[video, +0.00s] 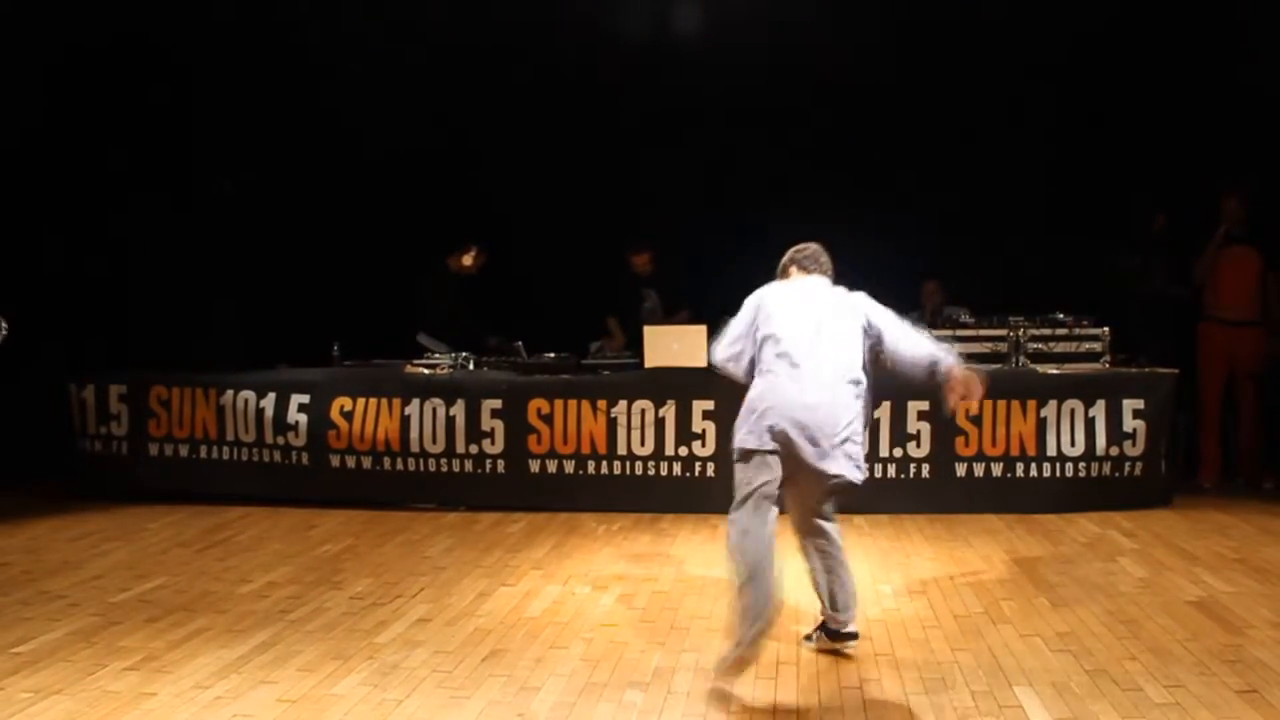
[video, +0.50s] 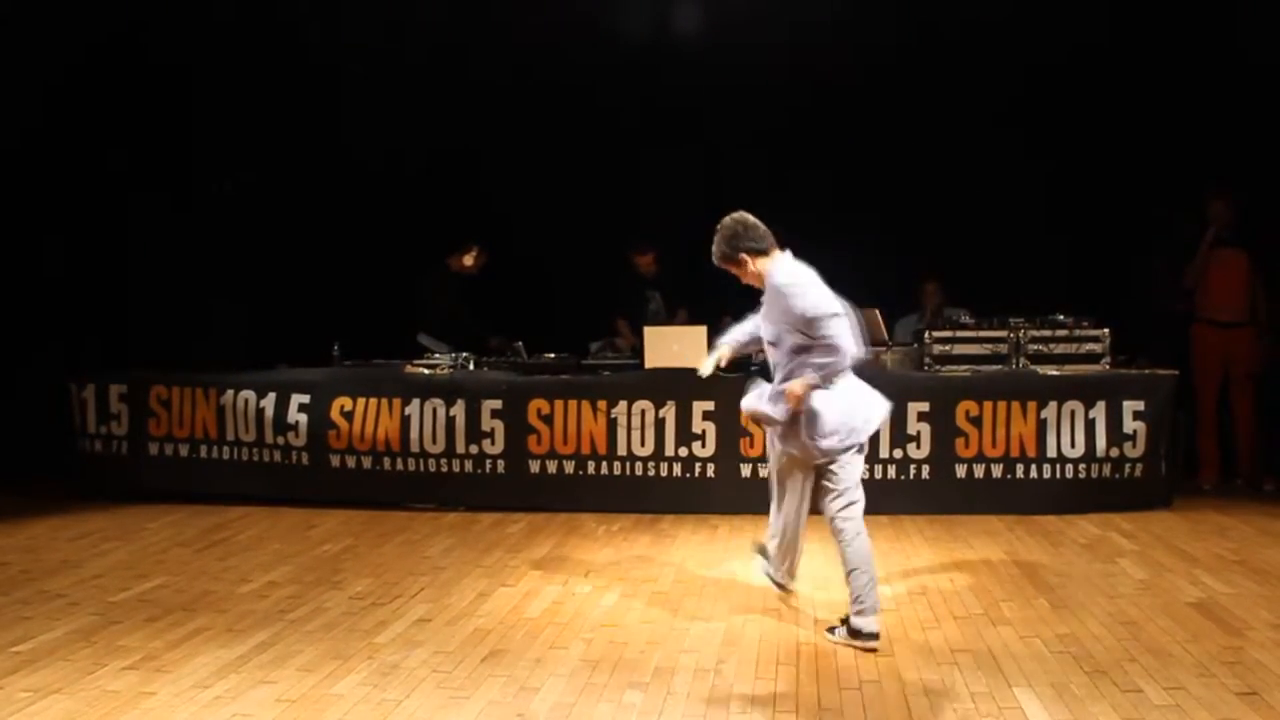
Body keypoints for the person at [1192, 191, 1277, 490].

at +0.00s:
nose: (1233, 223)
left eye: (1237, 218)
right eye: (1229, 218)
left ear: (1245, 221)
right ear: (1222, 222)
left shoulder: (1255, 253)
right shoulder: (1214, 253)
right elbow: (1200, 278)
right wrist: (1216, 240)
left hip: (1249, 332)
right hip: (1216, 331)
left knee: (1249, 402)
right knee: (1211, 402)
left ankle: (1250, 471)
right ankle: (1209, 471)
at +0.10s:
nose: (1227, 223)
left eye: (1231, 217)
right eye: (1224, 217)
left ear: (1240, 220)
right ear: (1217, 221)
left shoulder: (1250, 253)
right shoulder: (1210, 253)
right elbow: (1194, 279)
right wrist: (1213, 239)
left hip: (1246, 332)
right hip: (1212, 332)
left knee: (1246, 402)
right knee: (1209, 403)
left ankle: (1249, 471)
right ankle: (1209, 471)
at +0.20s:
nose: (1223, 221)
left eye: (1227, 216)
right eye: (1219, 216)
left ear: (1236, 219)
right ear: (1213, 220)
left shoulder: (1247, 251)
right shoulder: (1207, 252)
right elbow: (1192, 281)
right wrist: (1208, 241)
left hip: (1244, 330)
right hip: (1210, 331)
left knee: (1244, 402)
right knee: (1208, 403)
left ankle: (1247, 471)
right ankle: (1209, 471)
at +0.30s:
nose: (1221, 222)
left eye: (1226, 215)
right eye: (1217, 216)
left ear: (1234, 218)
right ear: (1210, 220)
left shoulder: (1246, 251)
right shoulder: (1205, 252)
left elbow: (1258, 292)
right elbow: (1191, 282)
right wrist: (1207, 240)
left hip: (1242, 330)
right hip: (1209, 330)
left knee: (1244, 402)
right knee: (1207, 403)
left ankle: (1246, 472)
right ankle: (1208, 472)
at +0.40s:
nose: (1220, 221)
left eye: (1225, 215)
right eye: (1216, 215)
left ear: (1233, 217)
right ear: (1209, 219)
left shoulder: (1245, 251)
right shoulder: (1205, 252)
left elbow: (1257, 293)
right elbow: (1191, 282)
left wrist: (1260, 328)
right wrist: (1206, 241)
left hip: (1242, 331)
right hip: (1208, 331)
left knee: (1243, 403)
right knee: (1207, 403)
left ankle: (1246, 472)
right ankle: (1208, 472)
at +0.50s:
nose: (1219, 223)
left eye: (1224, 217)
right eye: (1215, 217)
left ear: (1233, 220)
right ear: (1209, 221)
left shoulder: (1244, 252)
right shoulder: (1204, 253)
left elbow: (1256, 292)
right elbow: (1191, 282)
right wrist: (1206, 243)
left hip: (1241, 331)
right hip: (1208, 331)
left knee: (1243, 403)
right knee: (1207, 404)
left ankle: (1246, 472)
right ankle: (1208, 472)